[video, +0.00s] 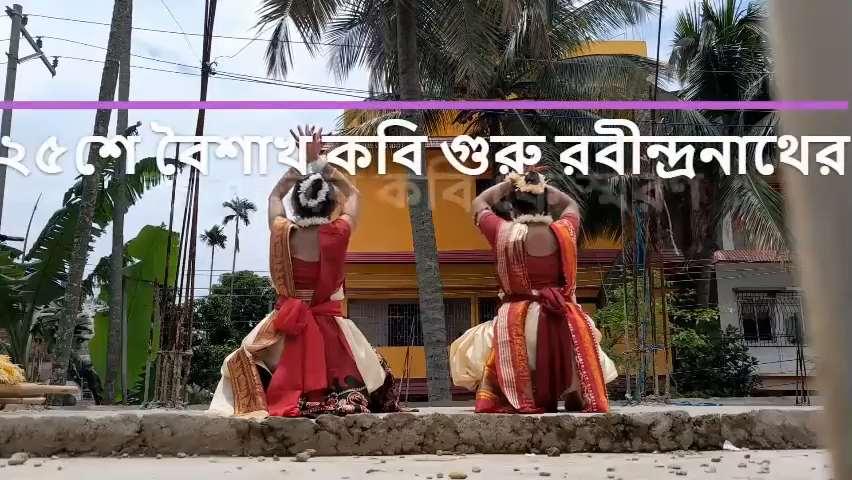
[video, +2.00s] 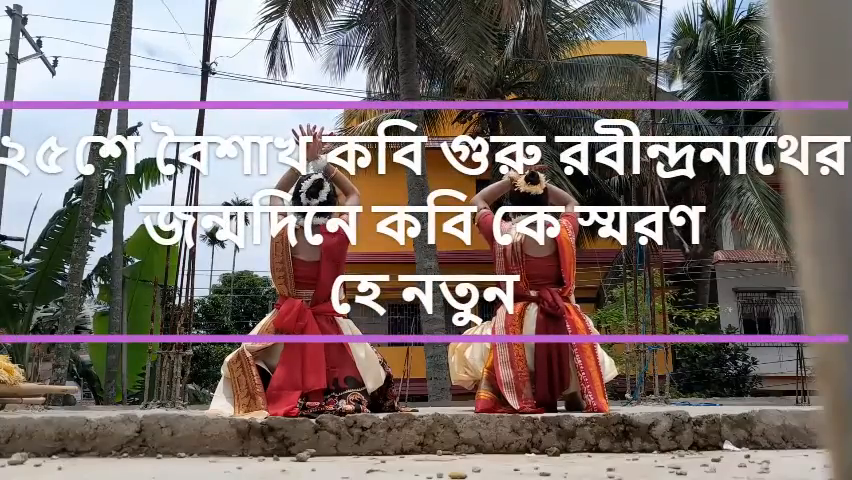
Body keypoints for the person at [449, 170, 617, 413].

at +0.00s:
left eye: (509, 207)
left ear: (512, 209)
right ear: (546, 208)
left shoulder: (503, 233)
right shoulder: (564, 232)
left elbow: (479, 203)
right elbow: (570, 204)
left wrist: (507, 184)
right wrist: (544, 187)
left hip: (518, 319)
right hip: (564, 320)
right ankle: (575, 391)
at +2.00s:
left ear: (511, 211)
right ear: (544, 207)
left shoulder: (503, 234)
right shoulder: (562, 233)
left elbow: (479, 200)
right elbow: (570, 202)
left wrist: (507, 182)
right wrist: (542, 185)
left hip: (518, 319)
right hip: (561, 318)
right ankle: (574, 394)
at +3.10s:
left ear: (509, 202)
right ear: (545, 201)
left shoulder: (501, 231)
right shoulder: (562, 228)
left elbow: (479, 197)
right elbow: (566, 198)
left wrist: (502, 168)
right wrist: (542, 170)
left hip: (516, 321)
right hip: (561, 319)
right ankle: (576, 394)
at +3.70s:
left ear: (514, 207)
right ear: (546, 207)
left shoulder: (501, 233)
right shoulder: (564, 232)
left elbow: (462, 219)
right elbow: (595, 209)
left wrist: (467, 184)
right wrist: (568, 180)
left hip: (514, 316)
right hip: (559, 315)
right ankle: (579, 397)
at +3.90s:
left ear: (510, 207)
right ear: (544, 207)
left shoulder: (495, 236)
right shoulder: (566, 234)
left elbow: (446, 222)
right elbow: (605, 221)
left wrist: (447, 192)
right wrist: (593, 192)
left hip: (512, 325)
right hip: (561, 323)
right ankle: (575, 394)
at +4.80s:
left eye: (515, 204)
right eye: (537, 202)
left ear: (511, 209)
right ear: (547, 207)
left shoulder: (494, 240)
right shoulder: (569, 238)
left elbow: (442, 252)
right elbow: (619, 245)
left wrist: (426, 226)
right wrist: (616, 216)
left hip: (512, 328)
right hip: (563, 326)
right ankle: (578, 395)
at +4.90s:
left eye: (522, 201)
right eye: (536, 201)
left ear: (511, 206)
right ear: (547, 205)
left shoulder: (493, 240)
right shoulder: (570, 240)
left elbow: (452, 260)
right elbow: (620, 253)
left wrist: (423, 239)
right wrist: (624, 227)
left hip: (511, 330)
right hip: (565, 327)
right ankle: (578, 400)